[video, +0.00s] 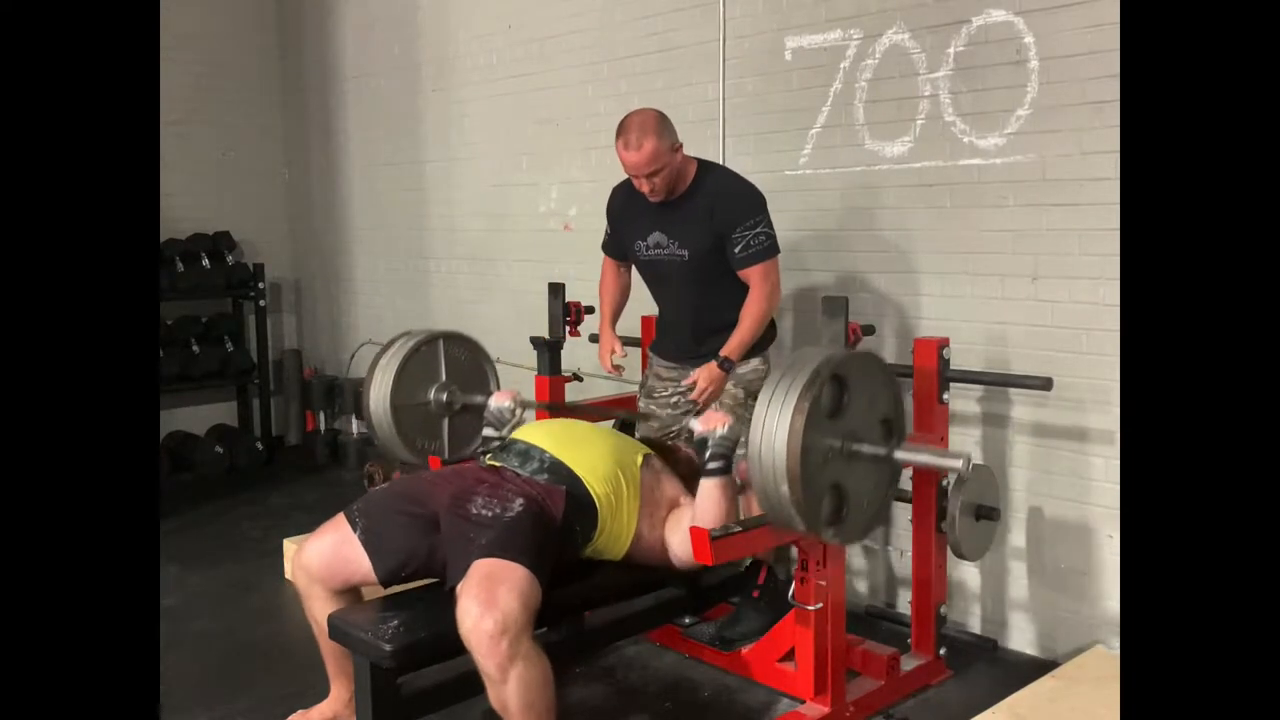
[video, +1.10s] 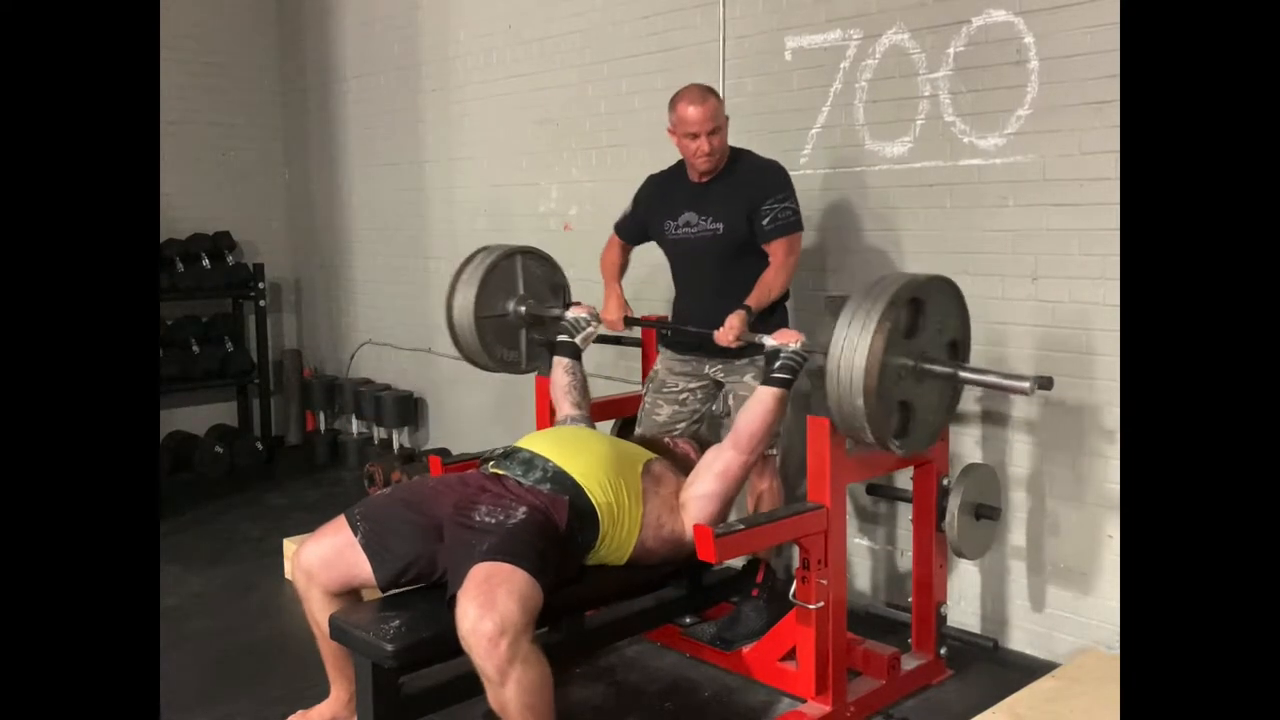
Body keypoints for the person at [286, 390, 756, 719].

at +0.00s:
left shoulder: (672, 504)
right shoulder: (582, 440)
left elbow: (710, 543)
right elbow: (515, 460)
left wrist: (717, 453)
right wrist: (503, 426)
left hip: (523, 498)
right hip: (463, 474)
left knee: (490, 627)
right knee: (311, 562)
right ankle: (342, 700)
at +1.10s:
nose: (680, 441)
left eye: (692, 445)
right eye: (675, 437)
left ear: (703, 468)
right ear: (655, 443)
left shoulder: (683, 505)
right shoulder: (597, 445)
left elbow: (741, 450)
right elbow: (571, 411)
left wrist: (781, 370)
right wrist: (569, 341)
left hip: (533, 508)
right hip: (467, 479)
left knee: (488, 625)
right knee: (311, 562)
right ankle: (341, 698)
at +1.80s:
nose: (658, 427)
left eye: (673, 429)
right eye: (654, 421)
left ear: (695, 450)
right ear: (640, 426)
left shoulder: (685, 488)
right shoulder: (586, 453)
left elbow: (754, 478)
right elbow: (533, 450)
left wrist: (785, 388)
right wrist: (560, 379)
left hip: (554, 543)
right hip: (474, 514)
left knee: (466, 483)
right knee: (330, 463)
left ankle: (311, 636)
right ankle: (222, 618)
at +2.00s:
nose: (678, 430)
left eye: (693, 433)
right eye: (674, 426)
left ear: (708, 456)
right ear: (660, 433)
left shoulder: (701, 494)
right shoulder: (619, 460)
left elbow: (757, 479)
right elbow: (552, 440)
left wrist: (788, 386)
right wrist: (572, 369)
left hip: (542, 540)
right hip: (471, 513)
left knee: (549, 385)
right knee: (425, 366)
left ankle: (374, 390)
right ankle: (277, 376)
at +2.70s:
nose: (545, 339)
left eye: (565, 332)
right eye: (545, 328)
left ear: (605, 353)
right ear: (539, 337)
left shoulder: (617, 407)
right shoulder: (519, 386)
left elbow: (568, 449)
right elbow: (451, 416)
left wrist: (467, 452)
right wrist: (375, 418)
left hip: (510, 537)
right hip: (432, 516)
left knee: (382, 563)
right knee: (269, 536)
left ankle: (314, 713)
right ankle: (193, 703)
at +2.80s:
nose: (506, 325)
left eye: (525, 315)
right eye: (505, 314)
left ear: (569, 333)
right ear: (497, 321)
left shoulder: (579, 386)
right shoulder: (482, 376)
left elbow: (533, 452)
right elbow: (410, 411)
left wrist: (428, 473)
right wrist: (339, 435)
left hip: (507, 532)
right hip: (426, 514)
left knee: (374, 578)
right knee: (260, 546)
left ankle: (334, 714)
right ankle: (222, 710)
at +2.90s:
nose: (465, 321)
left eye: (484, 309)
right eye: (463, 309)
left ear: (530, 318)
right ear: (457, 311)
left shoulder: (550, 378)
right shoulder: (453, 363)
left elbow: (505, 456)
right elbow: (378, 412)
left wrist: (396, 492)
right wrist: (310, 449)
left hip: (491, 538)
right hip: (410, 520)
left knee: (367, 597)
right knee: (251, 558)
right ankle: (248, 711)